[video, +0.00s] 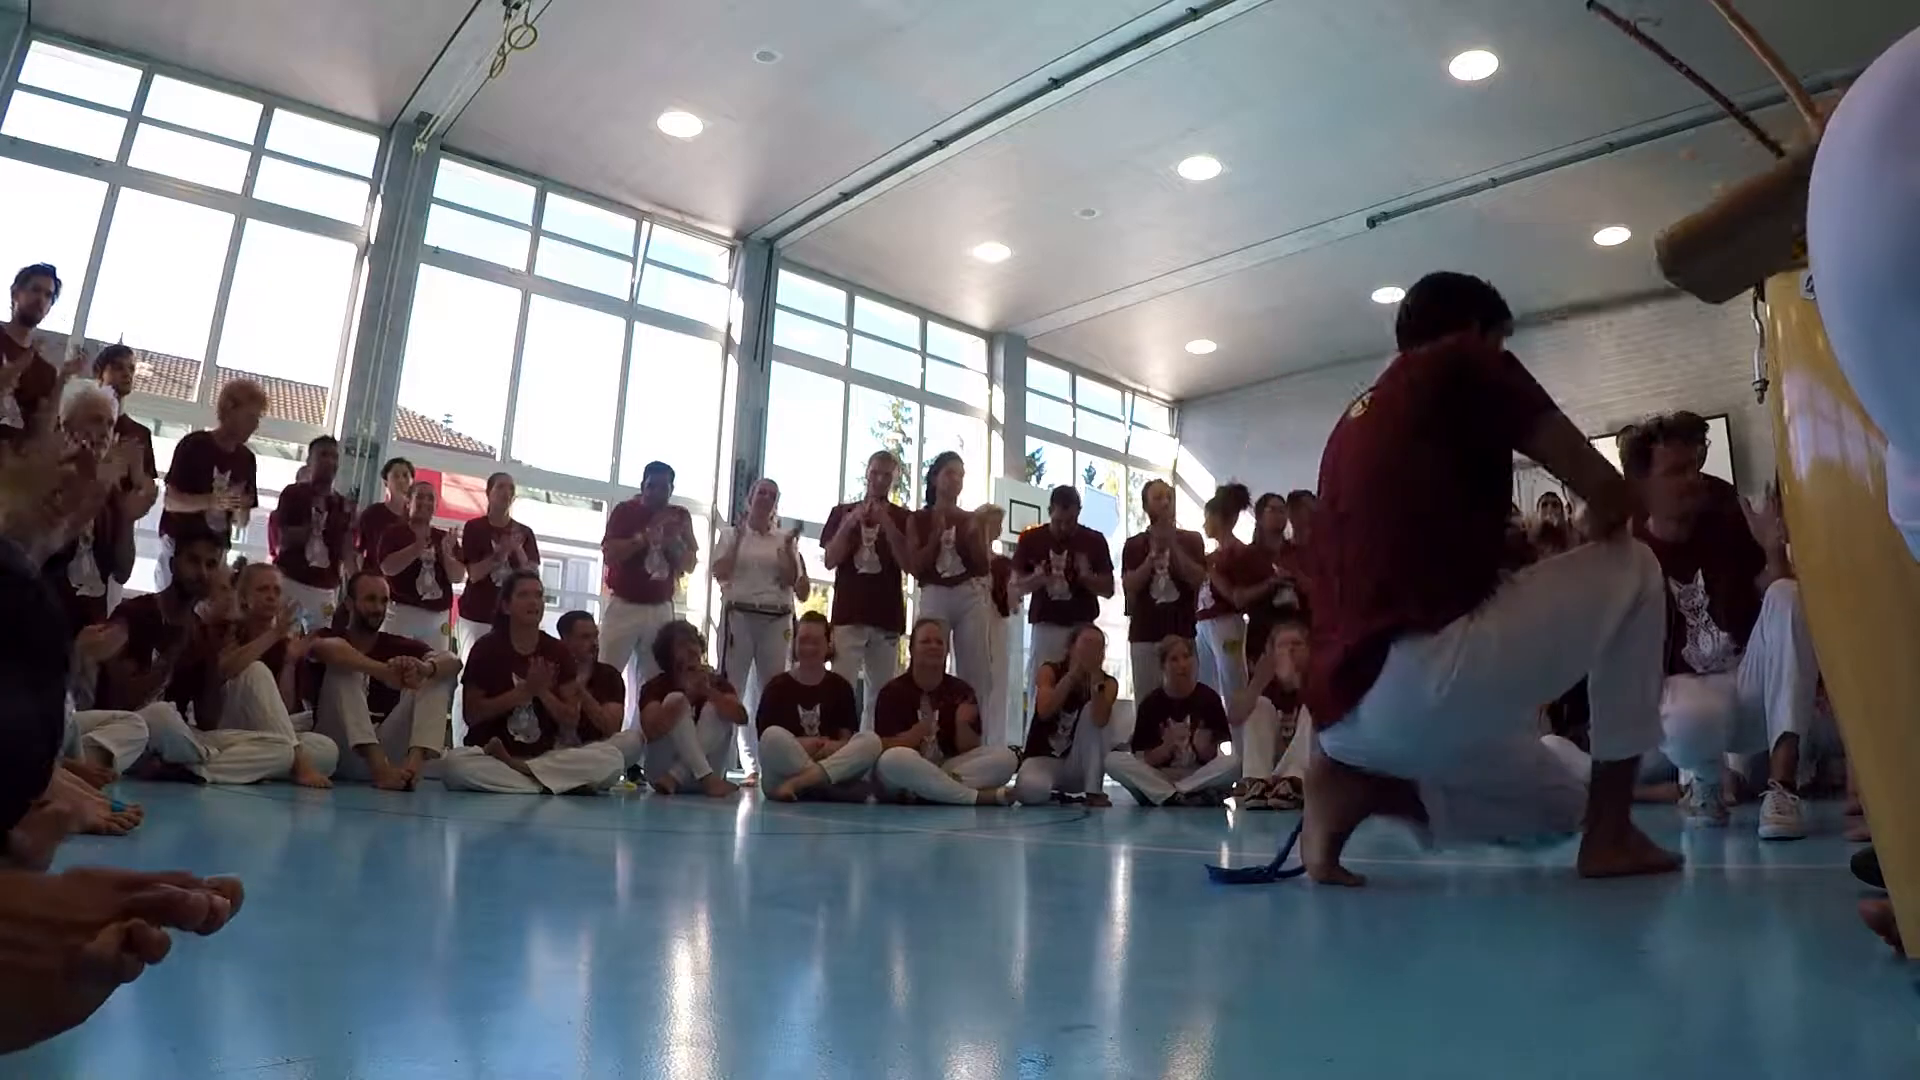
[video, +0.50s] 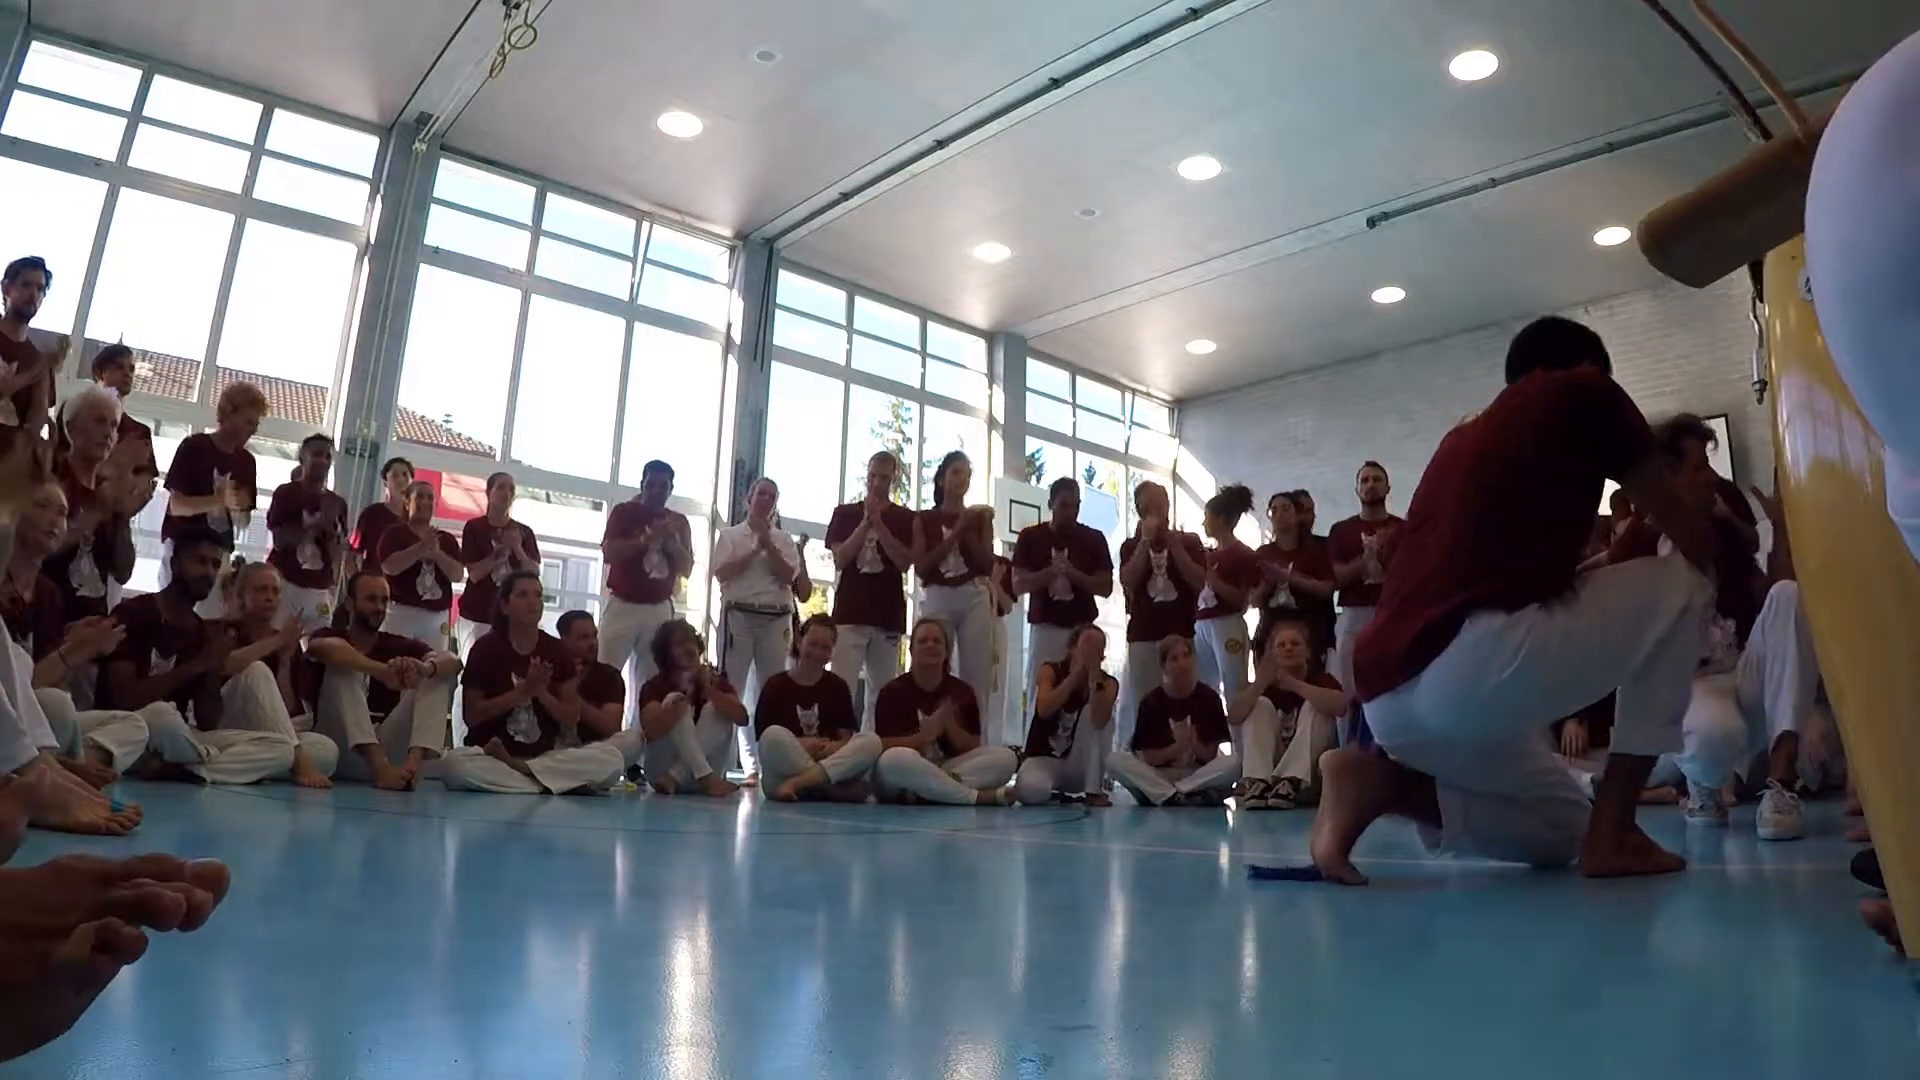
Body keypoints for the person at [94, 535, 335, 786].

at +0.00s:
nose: (201, 574)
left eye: (210, 565)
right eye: (192, 561)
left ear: (220, 571)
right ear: (173, 561)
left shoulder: (204, 630)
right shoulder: (136, 612)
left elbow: (209, 720)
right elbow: (122, 701)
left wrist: (217, 670)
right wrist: (169, 658)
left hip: (186, 736)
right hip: (135, 737)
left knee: (285, 749)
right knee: (161, 715)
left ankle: (190, 772)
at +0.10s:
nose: (202, 573)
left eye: (211, 565)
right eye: (193, 562)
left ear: (220, 571)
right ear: (173, 562)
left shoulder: (202, 631)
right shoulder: (132, 612)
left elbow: (208, 720)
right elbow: (123, 702)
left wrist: (218, 672)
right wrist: (171, 653)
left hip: (184, 736)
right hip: (134, 738)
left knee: (284, 750)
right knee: (161, 714)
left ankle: (188, 773)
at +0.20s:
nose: (205, 572)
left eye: (213, 564)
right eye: (195, 560)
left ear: (220, 572)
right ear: (173, 562)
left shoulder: (206, 628)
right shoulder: (134, 612)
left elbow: (208, 721)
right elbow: (122, 699)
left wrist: (211, 660)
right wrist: (192, 660)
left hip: (184, 735)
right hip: (131, 734)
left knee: (284, 752)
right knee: (161, 715)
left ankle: (180, 770)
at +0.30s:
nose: (207, 573)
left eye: (214, 565)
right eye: (197, 562)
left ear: (220, 572)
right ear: (174, 562)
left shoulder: (204, 630)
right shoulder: (134, 613)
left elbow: (207, 721)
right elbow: (124, 699)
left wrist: (211, 664)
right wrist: (195, 657)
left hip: (181, 736)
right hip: (131, 735)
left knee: (282, 750)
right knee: (161, 715)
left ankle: (184, 771)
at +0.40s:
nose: (209, 574)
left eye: (216, 566)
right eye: (200, 563)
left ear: (220, 571)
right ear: (175, 563)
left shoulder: (204, 631)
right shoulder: (135, 612)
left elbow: (207, 720)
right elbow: (124, 702)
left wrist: (221, 672)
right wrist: (175, 658)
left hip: (184, 735)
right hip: (131, 735)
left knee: (284, 751)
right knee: (161, 715)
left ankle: (181, 771)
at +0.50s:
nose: (209, 572)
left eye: (214, 565)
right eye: (199, 562)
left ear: (220, 571)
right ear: (175, 563)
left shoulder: (204, 629)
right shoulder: (134, 612)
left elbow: (207, 720)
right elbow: (125, 698)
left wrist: (216, 669)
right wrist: (200, 665)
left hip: (180, 736)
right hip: (129, 735)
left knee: (283, 750)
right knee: (161, 715)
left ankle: (186, 772)